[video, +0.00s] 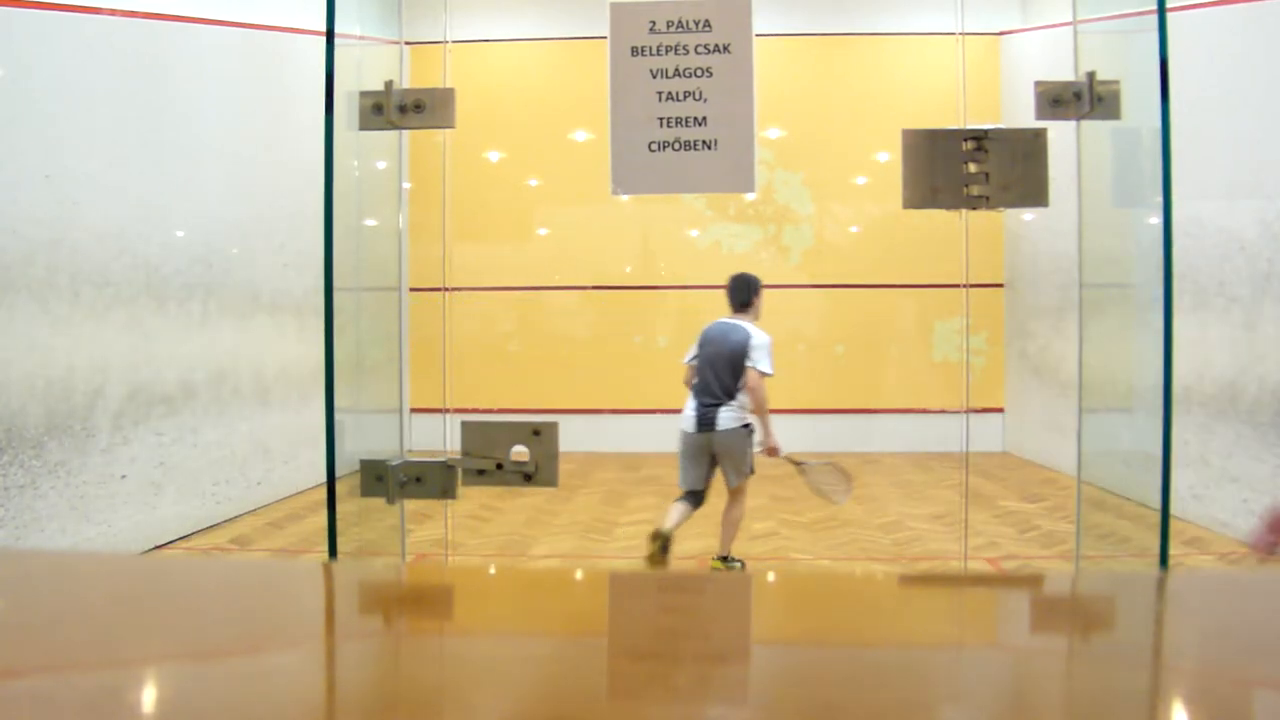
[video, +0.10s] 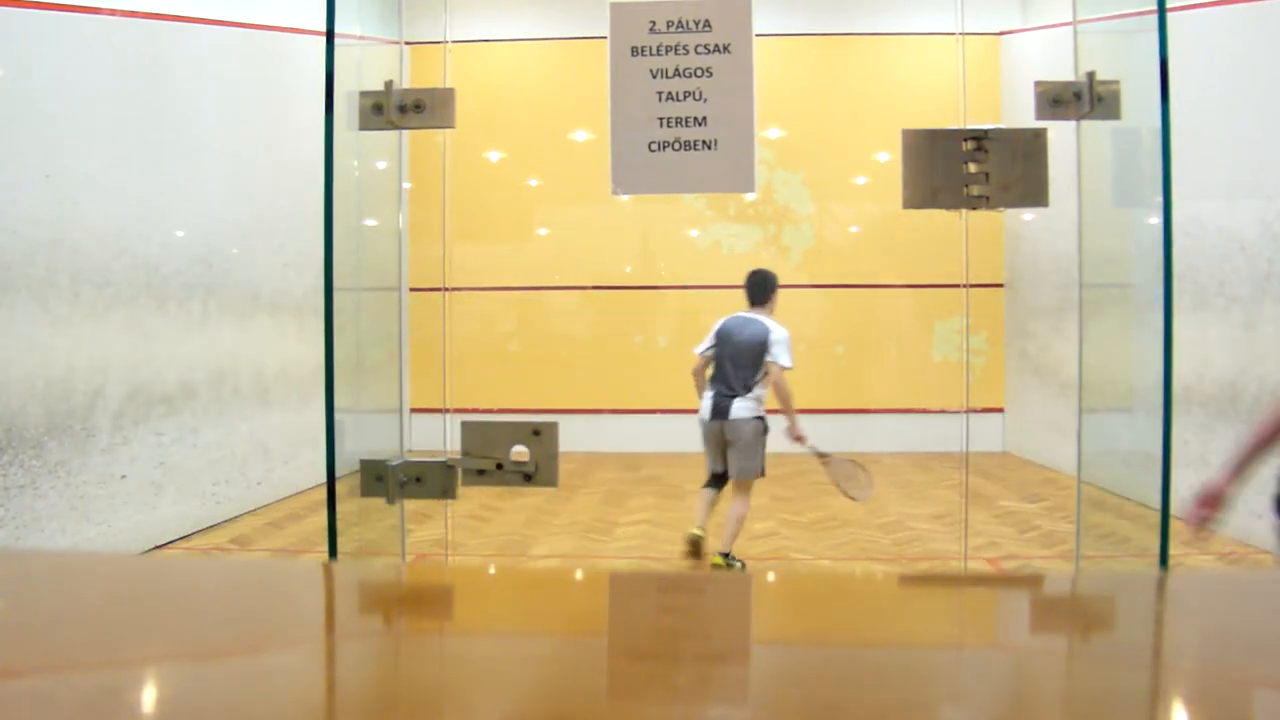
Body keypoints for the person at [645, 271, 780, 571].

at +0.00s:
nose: (762, 302)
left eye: (761, 296)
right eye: (761, 297)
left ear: (729, 300)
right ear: (755, 300)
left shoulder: (708, 331)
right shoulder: (756, 337)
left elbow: (690, 378)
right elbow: (753, 384)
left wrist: (714, 399)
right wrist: (768, 435)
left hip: (694, 423)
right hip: (731, 425)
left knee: (692, 493)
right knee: (737, 492)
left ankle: (664, 530)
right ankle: (723, 555)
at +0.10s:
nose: (778, 297)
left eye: (774, 292)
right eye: (777, 293)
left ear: (748, 295)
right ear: (773, 296)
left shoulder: (725, 324)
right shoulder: (776, 332)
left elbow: (697, 369)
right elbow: (776, 379)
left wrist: (707, 402)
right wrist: (793, 424)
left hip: (711, 410)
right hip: (745, 414)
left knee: (716, 476)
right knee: (741, 489)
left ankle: (698, 528)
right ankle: (725, 552)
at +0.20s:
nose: (790, 294)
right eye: (790, 289)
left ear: (761, 291)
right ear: (788, 292)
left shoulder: (741, 319)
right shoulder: (790, 326)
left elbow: (709, 356)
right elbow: (796, 372)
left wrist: (701, 396)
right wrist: (815, 411)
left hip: (728, 403)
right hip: (761, 406)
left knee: (735, 468)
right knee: (753, 480)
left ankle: (730, 535)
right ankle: (730, 538)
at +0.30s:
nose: (801, 299)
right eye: (802, 294)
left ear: (775, 297)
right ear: (800, 297)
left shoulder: (755, 326)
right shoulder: (803, 332)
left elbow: (722, 360)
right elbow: (812, 377)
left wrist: (708, 396)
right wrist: (837, 410)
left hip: (746, 408)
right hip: (776, 412)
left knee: (753, 471)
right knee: (771, 481)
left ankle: (747, 526)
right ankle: (744, 518)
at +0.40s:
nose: (814, 303)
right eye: (816, 299)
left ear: (793, 301)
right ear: (816, 302)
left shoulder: (775, 330)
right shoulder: (816, 335)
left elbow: (747, 363)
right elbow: (825, 380)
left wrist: (733, 399)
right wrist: (858, 409)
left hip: (764, 416)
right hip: (792, 419)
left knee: (770, 469)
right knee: (803, 477)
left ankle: (749, 527)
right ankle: (767, 511)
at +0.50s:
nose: (839, 300)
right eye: (840, 296)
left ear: (817, 297)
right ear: (839, 298)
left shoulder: (799, 326)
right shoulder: (836, 330)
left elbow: (775, 361)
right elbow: (840, 374)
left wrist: (775, 391)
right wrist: (876, 398)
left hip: (785, 407)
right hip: (813, 409)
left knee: (778, 465)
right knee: (839, 461)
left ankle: (750, 521)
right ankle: (819, 515)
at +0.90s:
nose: (930, 312)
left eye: (931, 307)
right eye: (931, 307)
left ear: (909, 302)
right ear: (926, 307)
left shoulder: (885, 322)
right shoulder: (911, 330)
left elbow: (861, 347)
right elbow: (916, 369)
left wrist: (866, 374)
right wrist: (954, 381)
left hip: (866, 395)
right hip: (887, 398)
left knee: (891, 451)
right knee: (902, 454)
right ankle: (880, 504)